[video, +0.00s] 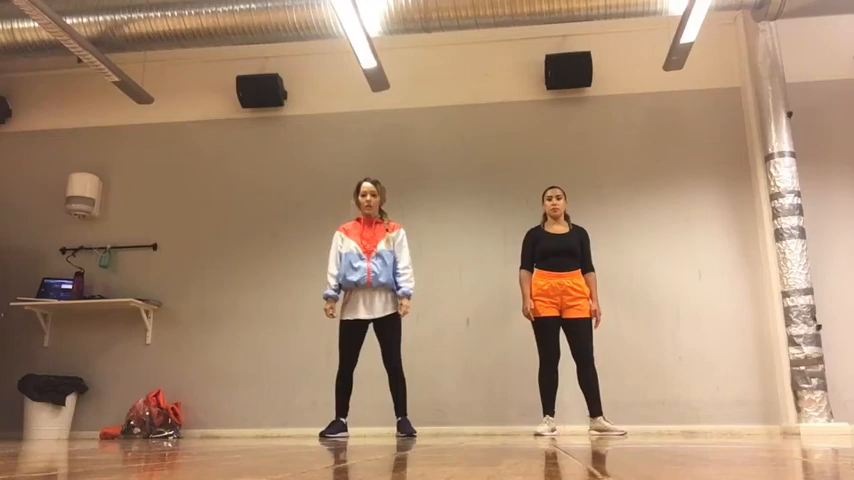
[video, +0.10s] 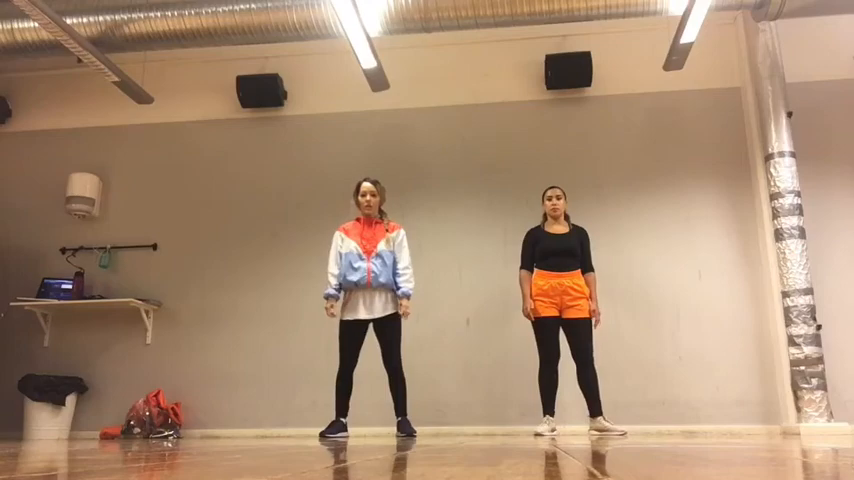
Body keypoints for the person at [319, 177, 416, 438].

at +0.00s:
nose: (368, 199)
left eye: (372, 195)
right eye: (363, 195)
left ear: (380, 199)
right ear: (356, 199)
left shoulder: (394, 231)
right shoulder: (344, 232)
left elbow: (403, 265)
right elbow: (334, 267)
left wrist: (405, 293)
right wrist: (331, 296)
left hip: (386, 303)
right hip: (353, 304)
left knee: (393, 364)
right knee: (346, 365)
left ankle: (402, 419)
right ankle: (340, 420)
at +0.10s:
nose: (367, 199)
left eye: (372, 195)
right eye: (363, 195)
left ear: (380, 199)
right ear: (356, 199)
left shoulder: (394, 231)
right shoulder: (343, 232)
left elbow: (403, 266)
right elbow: (334, 267)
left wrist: (404, 295)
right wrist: (332, 295)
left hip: (386, 303)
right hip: (353, 304)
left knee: (393, 364)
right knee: (346, 366)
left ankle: (402, 419)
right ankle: (340, 420)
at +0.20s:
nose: (367, 199)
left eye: (372, 195)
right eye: (362, 195)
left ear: (380, 199)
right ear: (356, 199)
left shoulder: (394, 231)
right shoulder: (343, 232)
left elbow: (403, 266)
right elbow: (334, 264)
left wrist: (404, 295)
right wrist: (335, 290)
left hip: (386, 303)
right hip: (353, 304)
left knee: (393, 364)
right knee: (345, 366)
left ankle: (402, 419)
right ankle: (340, 420)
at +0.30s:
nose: (367, 199)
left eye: (372, 195)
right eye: (363, 195)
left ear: (380, 199)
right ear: (356, 199)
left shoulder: (394, 231)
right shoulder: (343, 232)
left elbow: (403, 267)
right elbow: (333, 263)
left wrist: (406, 298)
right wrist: (339, 286)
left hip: (386, 303)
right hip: (353, 305)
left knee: (393, 364)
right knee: (345, 366)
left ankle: (402, 419)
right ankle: (340, 420)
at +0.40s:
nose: (368, 199)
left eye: (373, 195)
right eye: (363, 195)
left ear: (381, 199)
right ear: (357, 199)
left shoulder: (395, 231)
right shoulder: (343, 231)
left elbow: (405, 267)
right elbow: (333, 260)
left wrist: (412, 299)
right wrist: (344, 279)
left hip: (386, 304)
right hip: (353, 304)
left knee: (393, 365)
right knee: (345, 366)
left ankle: (402, 419)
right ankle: (340, 420)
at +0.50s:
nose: (369, 200)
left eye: (374, 195)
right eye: (365, 196)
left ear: (383, 199)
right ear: (358, 199)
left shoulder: (395, 231)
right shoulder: (345, 231)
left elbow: (407, 268)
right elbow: (336, 260)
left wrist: (422, 296)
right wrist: (352, 272)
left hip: (385, 306)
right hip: (353, 307)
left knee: (393, 366)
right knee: (345, 367)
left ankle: (402, 420)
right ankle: (340, 421)